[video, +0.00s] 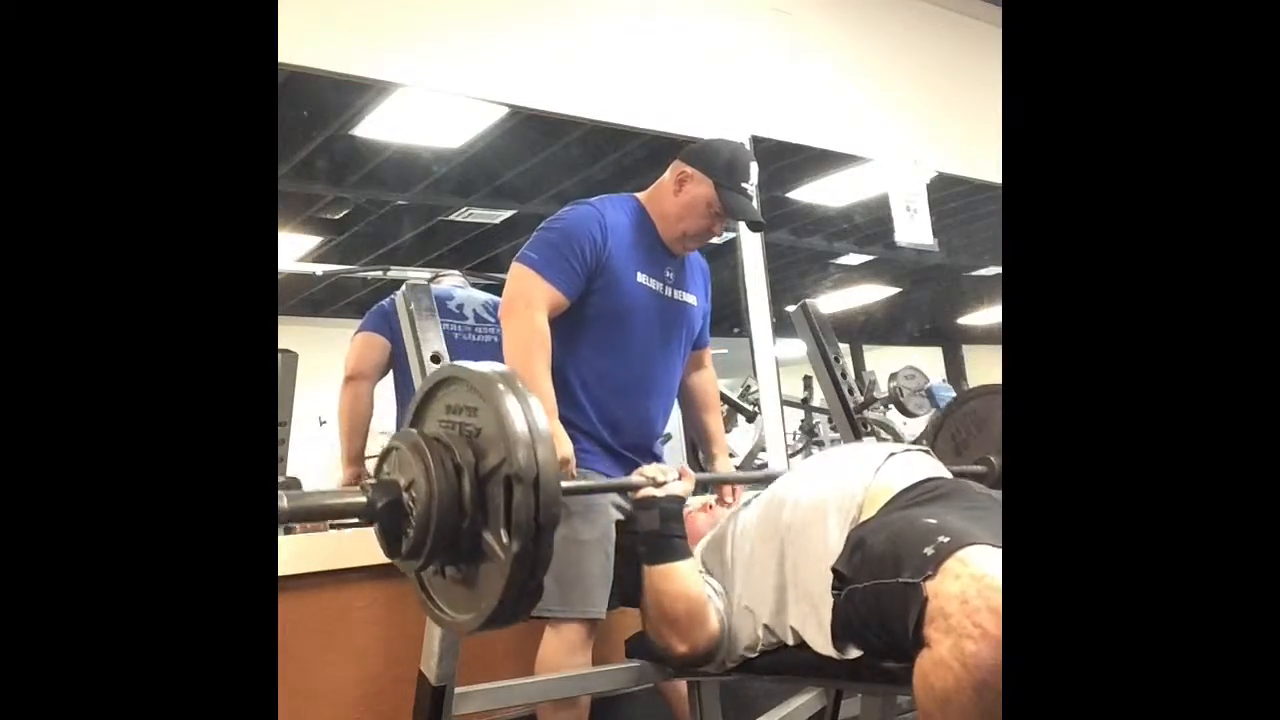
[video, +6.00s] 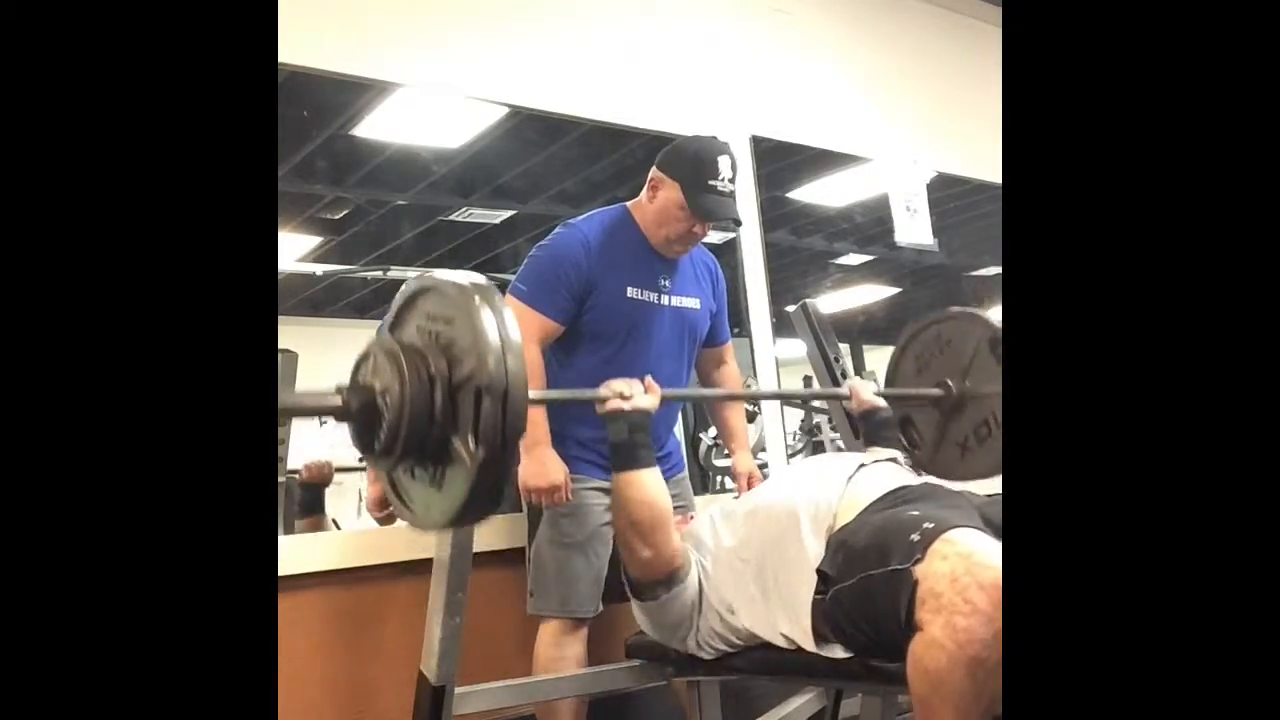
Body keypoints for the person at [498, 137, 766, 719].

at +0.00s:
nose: (720, 229)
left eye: (729, 220)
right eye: (718, 212)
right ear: (680, 179)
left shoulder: (695, 271)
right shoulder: (593, 225)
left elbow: (698, 367)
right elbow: (522, 308)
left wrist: (718, 451)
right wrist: (544, 427)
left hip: (645, 470)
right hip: (575, 463)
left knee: (640, 617)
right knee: (574, 622)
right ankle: (563, 717)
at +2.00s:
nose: (699, 224)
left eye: (709, 215)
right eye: (689, 207)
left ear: (717, 212)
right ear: (651, 182)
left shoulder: (705, 268)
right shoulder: (576, 242)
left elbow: (715, 366)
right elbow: (517, 336)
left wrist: (731, 456)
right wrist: (536, 440)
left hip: (662, 471)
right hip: (580, 469)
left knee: (658, 617)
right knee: (569, 621)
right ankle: (563, 718)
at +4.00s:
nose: (704, 228)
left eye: (713, 218)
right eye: (695, 211)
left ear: (722, 215)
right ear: (656, 187)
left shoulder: (709, 270)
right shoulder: (580, 245)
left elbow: (721, 365)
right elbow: (520, 337)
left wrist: (743, 451)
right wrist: (537, 443)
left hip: (662, 471)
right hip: (580, 467)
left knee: (648, 611)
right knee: (570, 620)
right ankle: (564, 717)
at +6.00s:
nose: (702, 230)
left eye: (712, 220)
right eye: (694, 213)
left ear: (721, 216)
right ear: (655, 187)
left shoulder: (705, 271)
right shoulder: (578, 248)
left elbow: (720, 366)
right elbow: (519, 340)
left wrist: (740, 449)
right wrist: (535, 445)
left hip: (662, 470)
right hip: (580, 469)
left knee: (669, 612)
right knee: (568, 621)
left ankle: (657, 715)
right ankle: (562, 717)